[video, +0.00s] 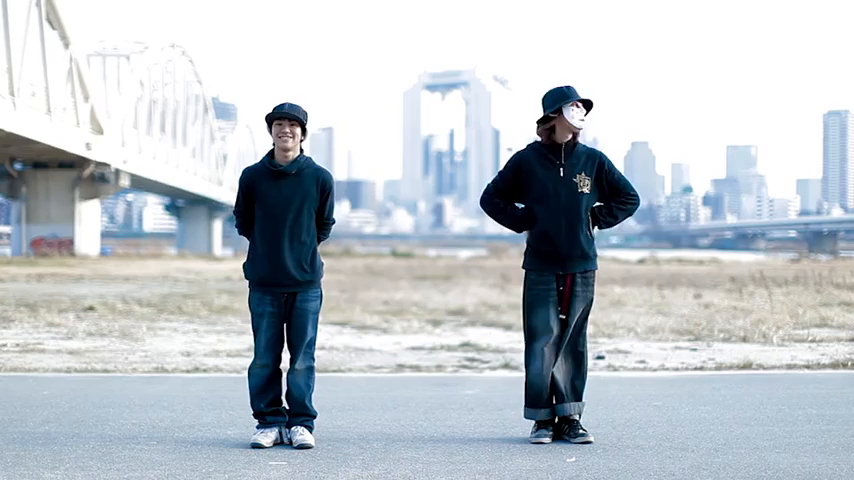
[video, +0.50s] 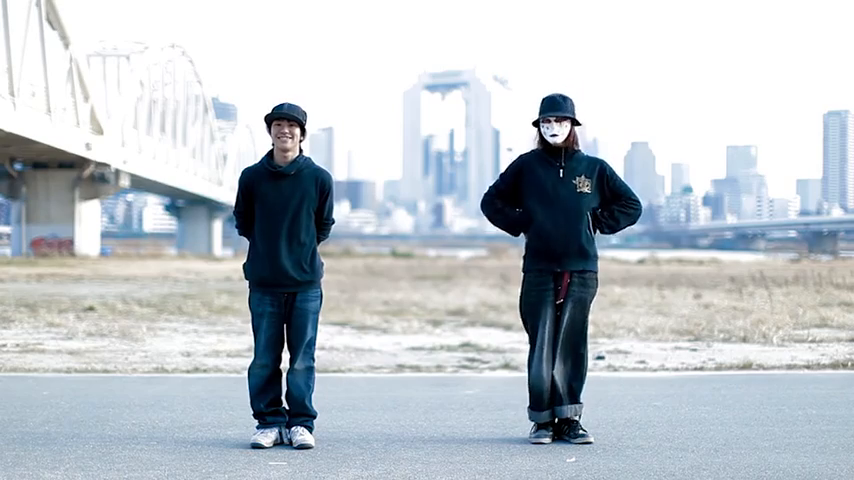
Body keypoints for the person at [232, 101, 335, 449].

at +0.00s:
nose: (286, 134)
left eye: (292, 128)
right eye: (280, 128)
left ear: (302, 134)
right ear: (271, 132)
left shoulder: (320, 178)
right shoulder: (251, 176)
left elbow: (324, 227)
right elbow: (243, 223)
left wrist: (299, 244)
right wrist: (269, 243)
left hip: (306, 279)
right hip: (264, 279)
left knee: (302, 355)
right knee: (265, 355)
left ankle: (300, 424)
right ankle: (268, 424)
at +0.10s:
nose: (285, 134)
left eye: (292, 129)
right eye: (279, 128)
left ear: (302, 135)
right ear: (270, 133)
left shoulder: (320, 178)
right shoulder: (251, 176)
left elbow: (323, 227)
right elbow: (243, 223)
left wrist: (298, 245)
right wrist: (269, 243)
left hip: (306, 280)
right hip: (264, 280)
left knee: (302, 356)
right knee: (265, 355)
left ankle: (300, 424)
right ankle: (268, 424)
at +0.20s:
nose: (285, 134)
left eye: (291, 128)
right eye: (279, 128)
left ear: (301, 134)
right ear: (270, 132)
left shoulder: (320, 179)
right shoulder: (251, 176)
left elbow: (323, 227)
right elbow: (243, 224)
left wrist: (298, 245)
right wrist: (269, 243)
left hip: (306, 280)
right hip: (264, 280)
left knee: (302, 356)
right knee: (265, 355)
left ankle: (300, 424)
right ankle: (268, 424)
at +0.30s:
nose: (285, 134)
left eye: (291, 129)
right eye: (279, 128)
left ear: (301, 134)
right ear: (270, 133)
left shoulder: (319, 179)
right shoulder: (251, 176)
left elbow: (323, 227)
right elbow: (243, 224)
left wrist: (298, 245)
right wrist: (269, 243)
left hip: (306, 280)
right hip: (263, 280)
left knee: (302, 356)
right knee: (265, 355)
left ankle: (300, 424)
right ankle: (268, 424)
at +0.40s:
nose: (285, 134)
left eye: (291, 129)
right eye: (279, 129)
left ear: (301, 135)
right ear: (270, 133)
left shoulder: (319, 179)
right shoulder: (251, 177)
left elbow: (323, 227)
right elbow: (243, 224)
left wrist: (298, 245)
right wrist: (269, 244)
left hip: (306, 280)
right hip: (263, 280)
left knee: (302, 356)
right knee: (265, 355)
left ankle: (300, 424)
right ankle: (268, 425)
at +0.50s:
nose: (285, 135)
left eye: (291, 129)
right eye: (279, 129)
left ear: (301, 135)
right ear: (270, 133)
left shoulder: (319, 179)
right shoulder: (251, 176)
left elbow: (323, 227)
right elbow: (243, 224)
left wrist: (299, 245)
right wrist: (269, 244)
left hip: (306, 280)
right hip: (264, 280)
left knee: (302, 355)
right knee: (265, 355)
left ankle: (300, 424)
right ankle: (269, 425)